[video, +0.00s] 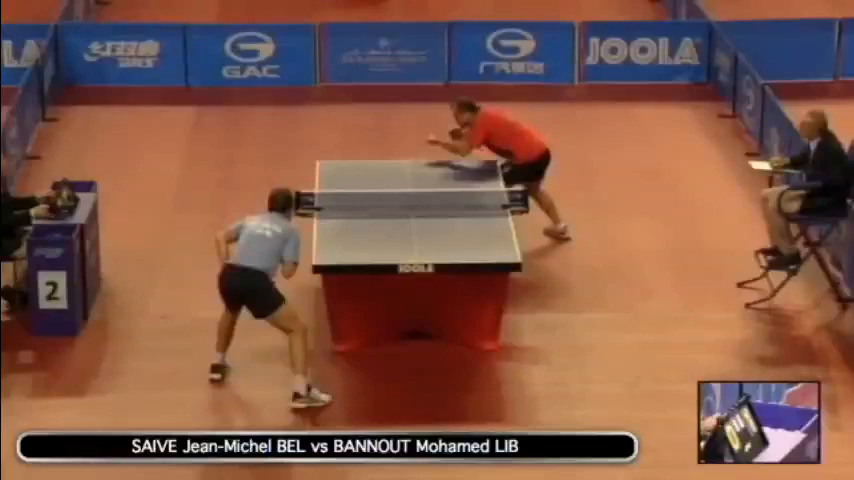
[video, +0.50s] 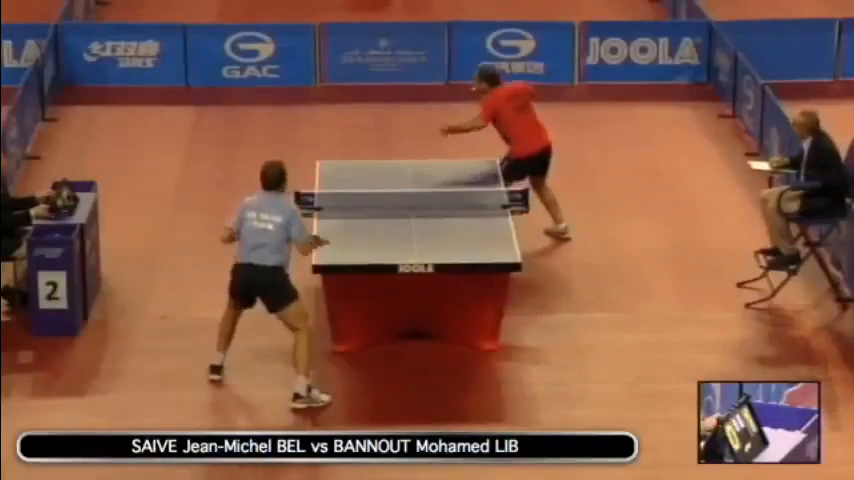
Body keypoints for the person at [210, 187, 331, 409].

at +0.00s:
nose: (293, 212)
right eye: (293, 208)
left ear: (270, 206)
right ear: (291, 210)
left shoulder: (252, 220)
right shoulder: (290, 231)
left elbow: (222, 237)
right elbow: (288, 271)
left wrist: (224, 264)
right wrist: (284, 249)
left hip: (230, 275)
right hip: (257, 281)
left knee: (230, 311)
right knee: (297, 329)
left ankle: (218, 363)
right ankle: (301, 389)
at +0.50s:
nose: (285, 181)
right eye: (284, 177)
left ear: (261, 181)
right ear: (284, 182)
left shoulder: (249, 204)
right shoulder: (288, 209)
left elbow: (228, 235)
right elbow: (303, 248)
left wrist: (243, 230)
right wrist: (315, 241)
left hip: (242, 272)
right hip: (272, 275)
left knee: (232, 310)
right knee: (302, 327)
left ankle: (218, 363)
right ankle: (302, 389)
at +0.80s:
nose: (282, 158)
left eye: (281, 153)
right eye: (282, 154)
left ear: (258, 154)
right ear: (278, 158)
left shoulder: (241, 174)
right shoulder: (273, 189)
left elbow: (226, 204)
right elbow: (280, 232)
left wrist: (247, 216)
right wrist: (307, 244)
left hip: (232, 244)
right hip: (256, 252)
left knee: (226, 292)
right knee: (283, 306)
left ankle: (204, 345)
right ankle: (263, 362)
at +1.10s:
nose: (289, 180)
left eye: (288, 176)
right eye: (288, 177)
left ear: (266, 175)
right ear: (284, 180)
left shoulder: (251, 187)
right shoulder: (278, 209)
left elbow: (239, 197)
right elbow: (291, 251)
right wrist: (319, 251)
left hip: (239, 263)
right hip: (266, 268)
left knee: (222, 301)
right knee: (315, 288)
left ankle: (198, 350)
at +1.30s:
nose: (344, 190)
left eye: (342, 185)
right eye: (344, 186)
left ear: (321, 181)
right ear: (340, 188)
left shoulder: (296, 191)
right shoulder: (338, 215)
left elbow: (261, 182)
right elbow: (353, 243)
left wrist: (243, 165)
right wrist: (380, 231)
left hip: (277, 266)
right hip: (307, 273)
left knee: (242, 309)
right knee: (349, 302)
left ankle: (204, 350)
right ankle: (377, 349)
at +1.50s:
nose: (376, 206)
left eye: (370, 197)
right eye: (378, 202)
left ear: (359, 198)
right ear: (378, 206)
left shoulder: (343, 207)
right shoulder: (377, 227)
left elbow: (326, 215)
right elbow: (393, 225)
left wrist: (296, 215)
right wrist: (405, 216)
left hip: (312, 268)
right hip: (341, 275)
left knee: (275, 311)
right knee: (380, 296)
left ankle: (233, 354)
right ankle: (382, 349)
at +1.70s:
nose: (373, 196)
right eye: (373, 194)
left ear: (351, 191)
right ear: (372, 196)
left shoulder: (334, 205)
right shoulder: (375, 220)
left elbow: (303, 210)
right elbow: (394, 247)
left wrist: (276, 204)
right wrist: (407, 231)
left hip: (321, 271)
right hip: (352, 274)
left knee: (282, 313)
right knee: (383, 293)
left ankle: (262, 365)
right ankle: (384, 349)